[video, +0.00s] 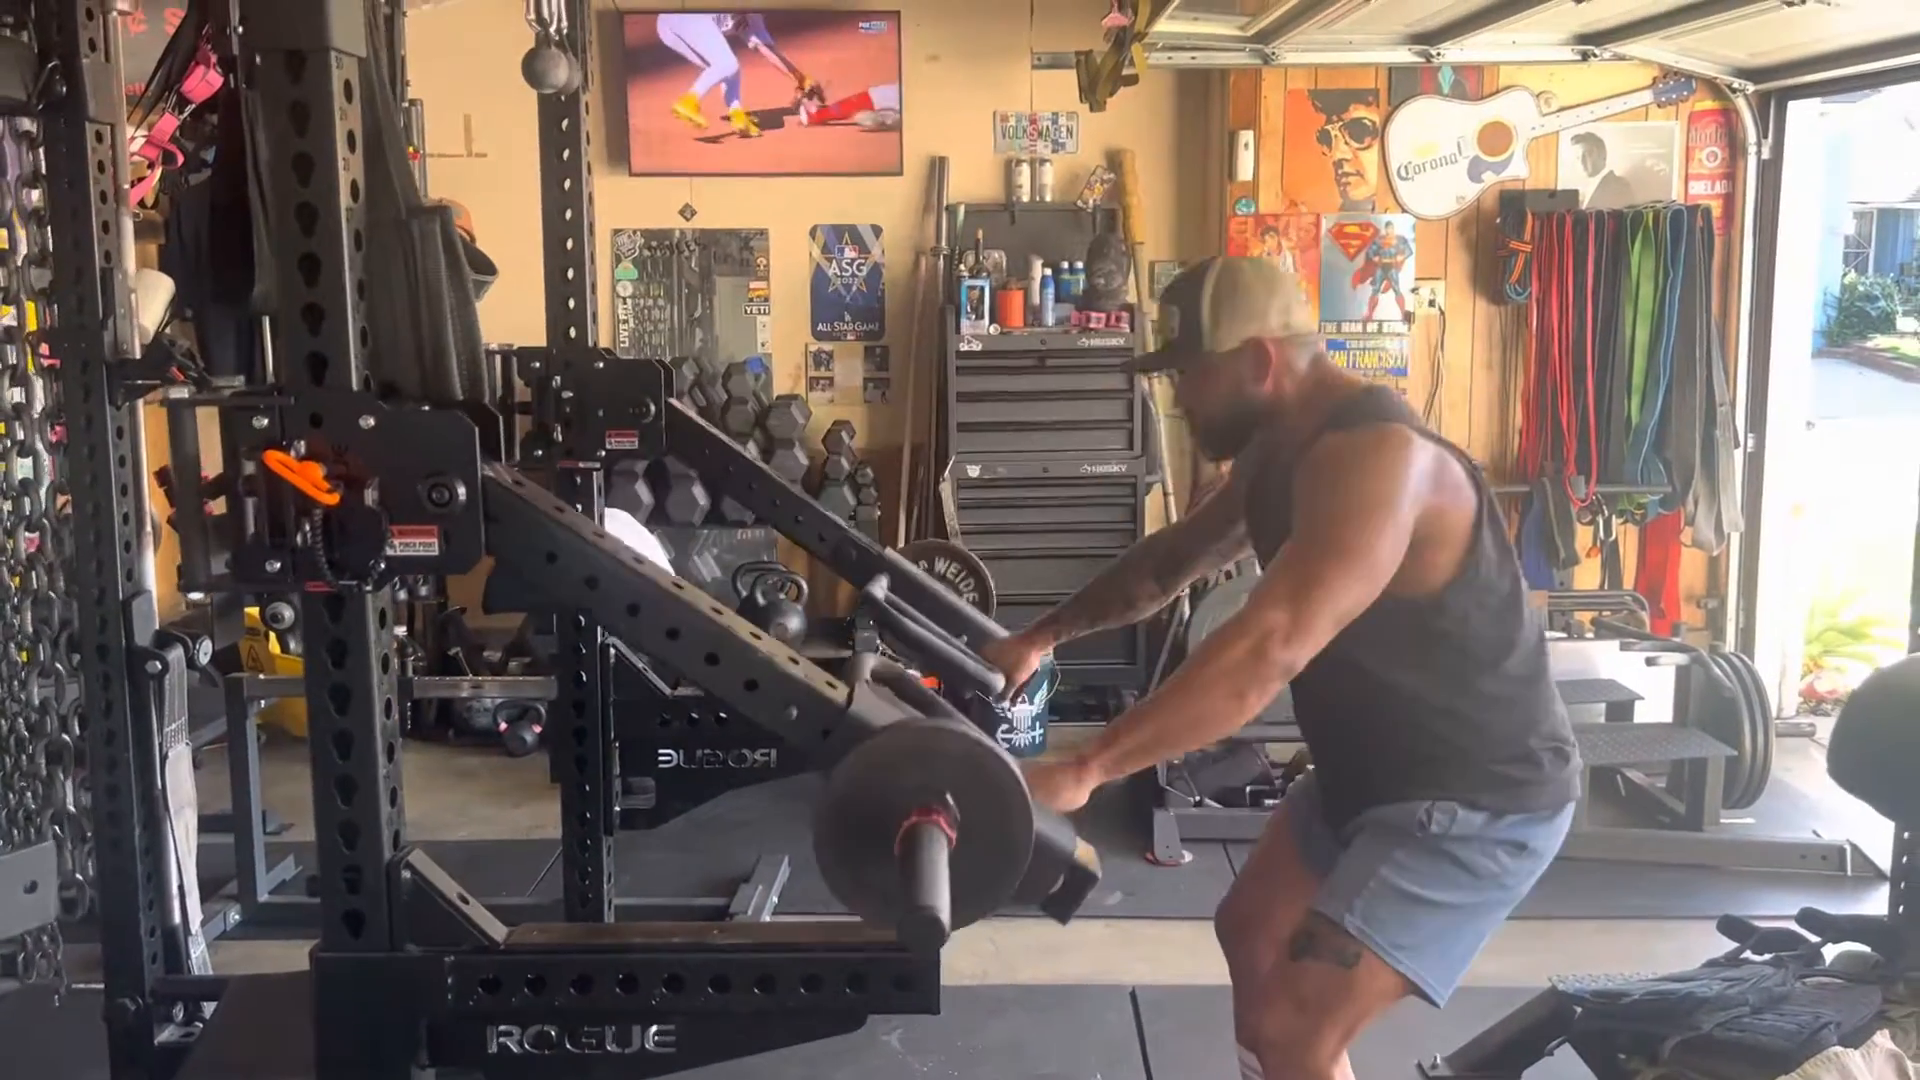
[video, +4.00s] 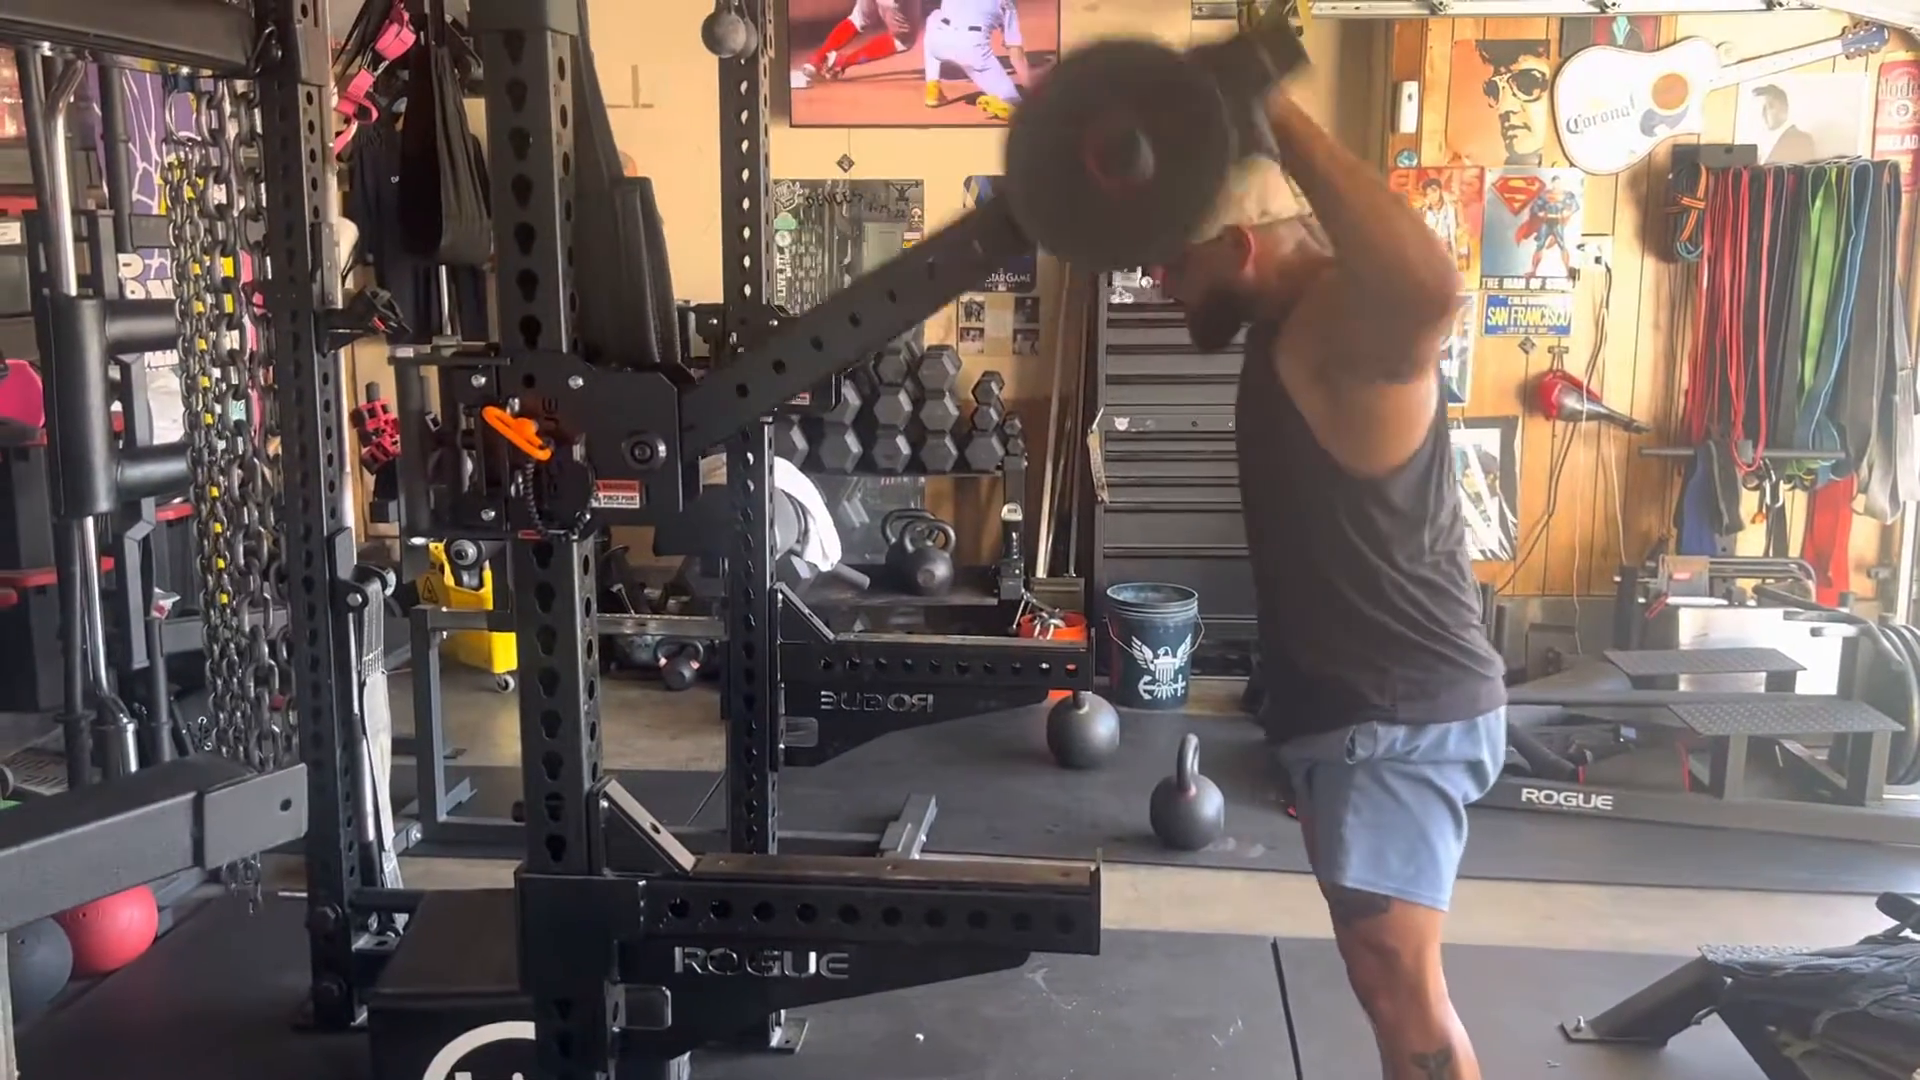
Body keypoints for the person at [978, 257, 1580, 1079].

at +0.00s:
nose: (1180, 396)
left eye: (1188, 371)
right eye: (1176, 375)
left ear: (1262, 362)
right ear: (1262, 364)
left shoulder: (1376, 459)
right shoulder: (1282, 451)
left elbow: (1268, 646)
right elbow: (1165, 566)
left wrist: (1088, 764)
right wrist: (1042, 636)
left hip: (1475, 796)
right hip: (1369, 771)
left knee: (1293, 1028)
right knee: (1252, 930)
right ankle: (1280, 1069)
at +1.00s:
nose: (985, 373)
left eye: (989, 346)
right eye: (980, 352)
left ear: (1046, 317)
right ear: (1051, 319)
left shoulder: (1156, 358)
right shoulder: (1110, 377)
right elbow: (1060, 276)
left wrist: (1012, 123)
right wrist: (998, 191)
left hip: (1200, 774)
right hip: (1175, 768)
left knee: (1209, 1031)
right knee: (1206, 1020)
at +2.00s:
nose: (1125, 279)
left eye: (1139, 252)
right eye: (1126, 254)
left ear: (1210, 256)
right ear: (1211, 259)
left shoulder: (1319, 349)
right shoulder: (1211, 376)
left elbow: (1449, 493)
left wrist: (1248, 462)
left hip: (1318, 734)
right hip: (1251, 730)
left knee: (1286, 1005)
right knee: (1277, 1001)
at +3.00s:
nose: (1343, 212)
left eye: (1360, 193)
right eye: (1344, 192)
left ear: (1433, 195)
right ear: (1419, 196)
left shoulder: (1523, 296)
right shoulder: (1392, 284)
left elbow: (1580, 384)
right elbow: (1283, 331)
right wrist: (1201, 309)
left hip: (1396, 682)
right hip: (1321, 661)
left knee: (1359, 953)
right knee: (1338, 927)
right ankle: (1366, 1064)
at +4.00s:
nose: (1161, 285)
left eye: (1173, 257)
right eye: (1156, 259)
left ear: (1243, 237)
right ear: (1241, 242)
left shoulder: (1350, 320)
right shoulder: (1292, 326)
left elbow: (1430, 285)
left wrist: (1281, 115)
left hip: (1396, 717)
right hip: (1351, 707)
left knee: (1400, 984)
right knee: (1390, 975)